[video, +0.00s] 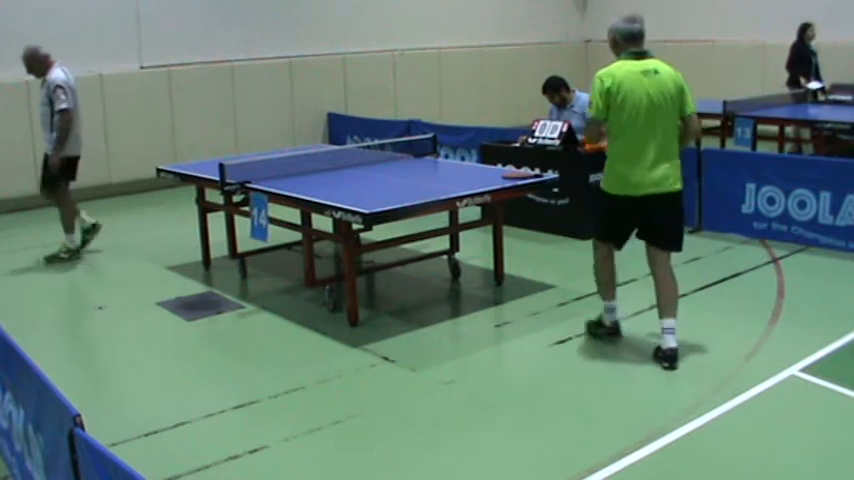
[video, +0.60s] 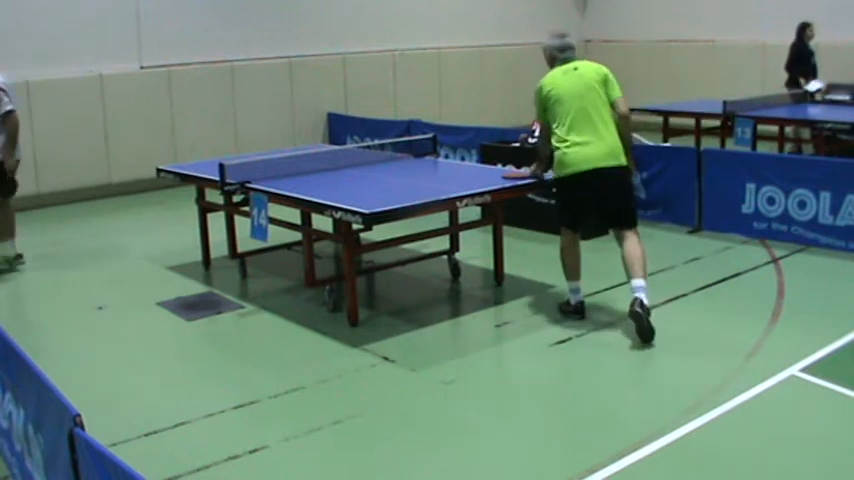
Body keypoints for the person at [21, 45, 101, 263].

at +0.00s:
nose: (30, 73)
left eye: (30, 67)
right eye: (28, 68)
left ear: (40, 61)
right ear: (41, 60)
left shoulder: (56, 80)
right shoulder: (54, 77)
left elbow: (65, 116)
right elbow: (63, 115)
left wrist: (57, 151)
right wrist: (54, 146)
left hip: (64, 151)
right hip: (58, 149)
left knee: (62, 194)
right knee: (50, 190)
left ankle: (71, 244)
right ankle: (86, 223)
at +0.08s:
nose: (21, 74)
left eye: (21, 69)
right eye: (19, 69)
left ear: (30, 62)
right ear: (35, 58)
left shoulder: (47, 80)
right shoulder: (46, 77)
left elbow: (56, 115)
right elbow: (52, 116)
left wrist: (39, 150)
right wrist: (40, 148)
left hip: (57, 151)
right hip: (51, 151)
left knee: (59, 195)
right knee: (38, 192)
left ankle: (70, 244)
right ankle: (61, 236)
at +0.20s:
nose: (7, 74)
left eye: (7, 69)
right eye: (5, 70)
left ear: (17, 62)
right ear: (17, 62)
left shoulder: (33, 81)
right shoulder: (30, 79)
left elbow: (41, 116)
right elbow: (38, 117)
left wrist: (21, 146)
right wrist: (23, 146)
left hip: (43, 152)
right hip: (37, 152)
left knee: (53, 196)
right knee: (27, 196)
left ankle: (70, 245)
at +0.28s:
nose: (1, 77)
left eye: (1, 72)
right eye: (0, 72)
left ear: (8, 66)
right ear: (12, 63)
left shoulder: (24, 83)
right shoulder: (23, 81)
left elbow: (34, 118)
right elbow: (31, 119)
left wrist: (11, 147)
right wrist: (15, 146)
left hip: (33, 155)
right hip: (29, 155)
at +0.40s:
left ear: (0, 65)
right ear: (3, 63)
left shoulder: (12, 82)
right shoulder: (9, 82)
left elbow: (24, 118)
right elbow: (22, 119)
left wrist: (7, 148)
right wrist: (7, 147)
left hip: (19, 158)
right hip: (11, 158)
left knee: (19, 203)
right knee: (11, 204)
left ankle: (57, 237)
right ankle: (13, 249)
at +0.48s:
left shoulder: (5, 82)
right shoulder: (6, 82)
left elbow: (18, 117)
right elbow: (17, 117)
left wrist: (6, 151)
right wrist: (6, 149)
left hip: (14, 155)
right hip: (8, 156)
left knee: (6, 201)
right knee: (5, 203)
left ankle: (41, 235)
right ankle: (13, 249)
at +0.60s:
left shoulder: (3, 91)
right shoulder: (3, 91)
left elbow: (11, 120)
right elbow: (12, 120)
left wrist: (9, 155)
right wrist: (10, 156)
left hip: (4, 162)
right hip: (5, 162)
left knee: (5, 205)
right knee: (6, 206)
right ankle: (9, 250)